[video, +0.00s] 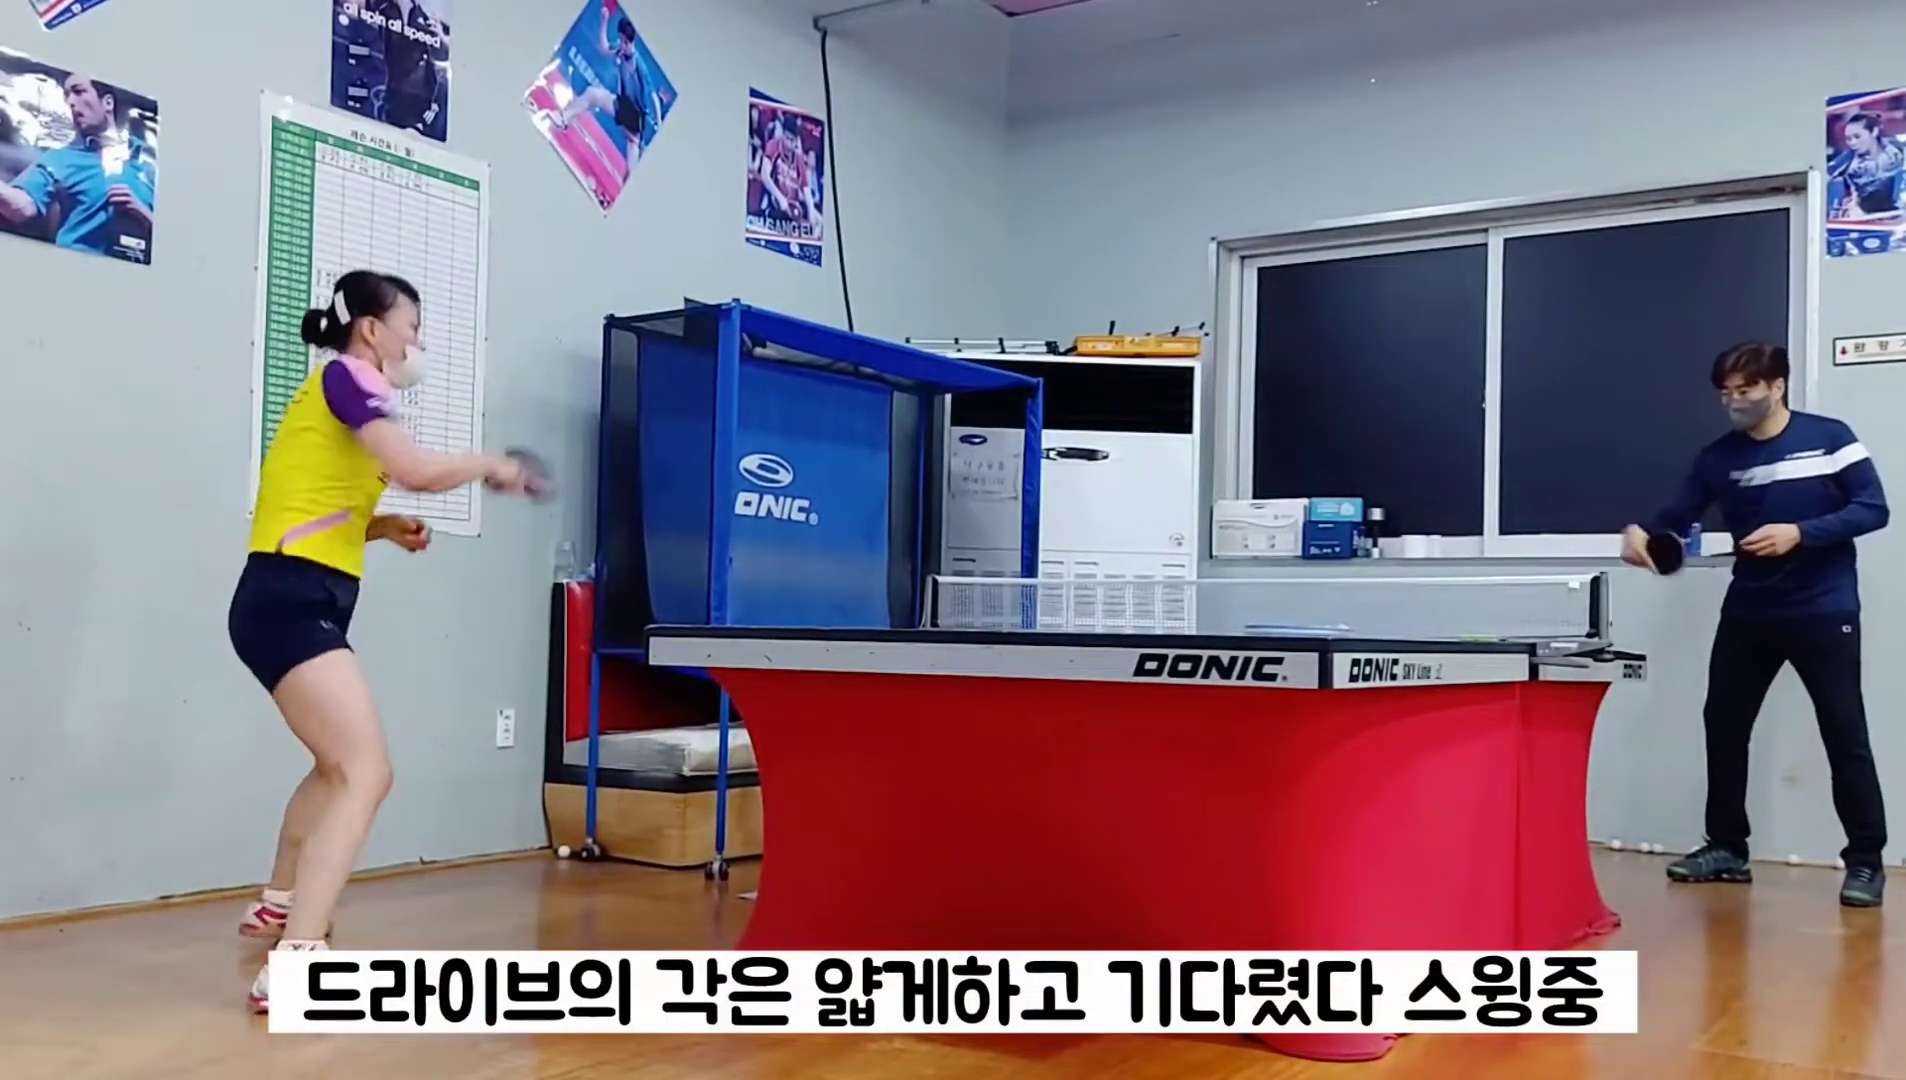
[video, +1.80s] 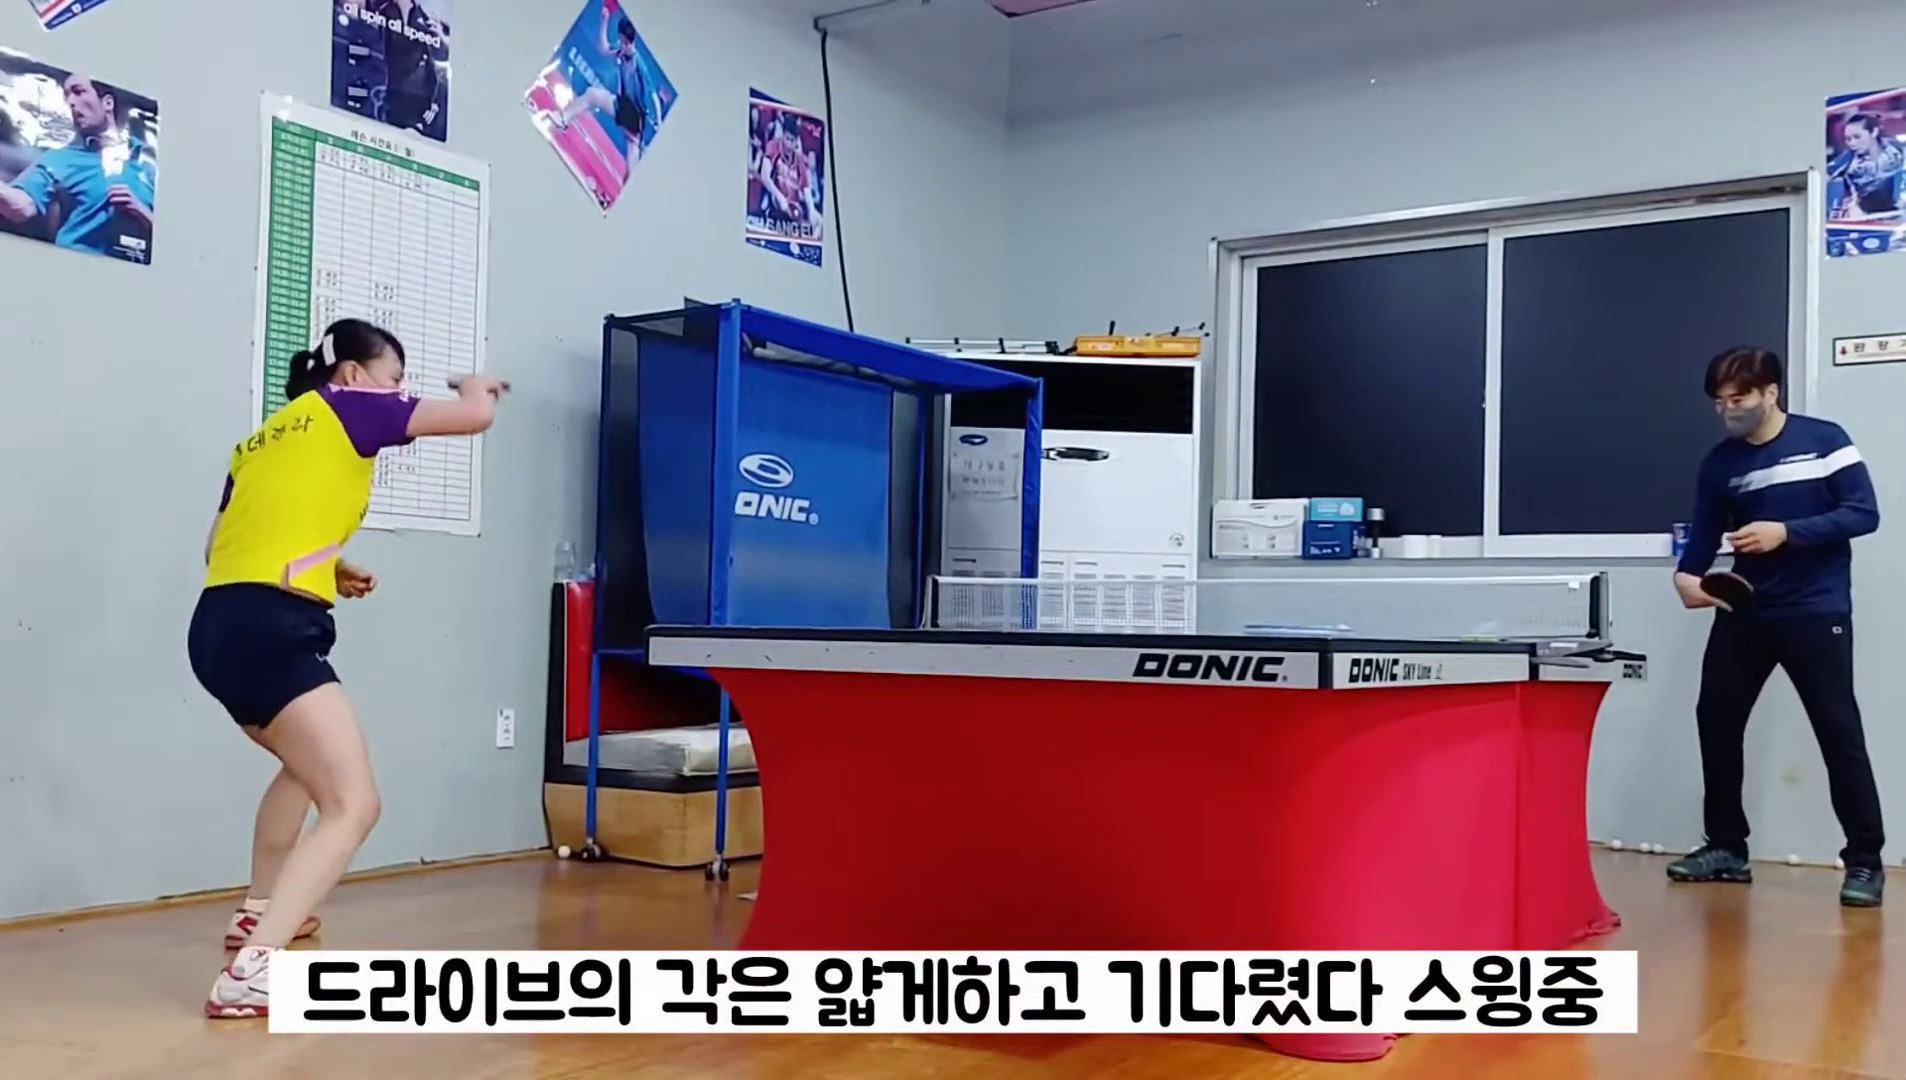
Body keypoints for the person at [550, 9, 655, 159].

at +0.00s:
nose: (621, 42)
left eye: (624, 40)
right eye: (621, 39)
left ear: (628, 40)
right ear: (619, 38)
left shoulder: (631, 57)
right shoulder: (621, 53)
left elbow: (630, 55)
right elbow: (604, 50)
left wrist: (628, 50)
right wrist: (604, 22)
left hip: (628, 107)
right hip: (636, 114)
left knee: (592, 94)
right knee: (633, 144)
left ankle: (562, 118)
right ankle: (629, 179)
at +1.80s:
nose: (622, 43)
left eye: (624, 40)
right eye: (622, 40)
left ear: (628, 41)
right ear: (622, 40)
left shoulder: (632, 56)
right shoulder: (621, 54)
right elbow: (604, 49)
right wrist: (604, 22)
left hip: (628, 109)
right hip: (636, 115)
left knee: (593, 94)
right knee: (632, 164)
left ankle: (563, 118)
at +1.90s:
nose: (621, 42)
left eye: (623, 39)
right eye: (621, 38)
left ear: (627, 39)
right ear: (623, 38)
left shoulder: (629, 53)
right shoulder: (623, 52)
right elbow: (604, 49)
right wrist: (604, 22)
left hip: (628, 109)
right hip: (637, 116)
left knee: (593, 94)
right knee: (633, 163)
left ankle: (564, 118)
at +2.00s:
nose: (622, 43)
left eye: (624, 40)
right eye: (621, 39)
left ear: (628, 41)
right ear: (622, 39)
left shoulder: (631, 55)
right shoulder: (623, 52)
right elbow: (604, 50)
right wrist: (604, 22)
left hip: (628, 109)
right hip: (637, 115)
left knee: (593, 94)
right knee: (632, 163)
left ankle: (563, 118)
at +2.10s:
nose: (621, 42)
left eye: (623, 39)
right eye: (621, 39)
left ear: (627, 40)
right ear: (625, 39)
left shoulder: (631, 55)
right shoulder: (623, 52)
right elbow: (604, 50)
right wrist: (604, 22)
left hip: (628, 108)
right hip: (636, 115)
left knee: (593, 94)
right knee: (633, 159)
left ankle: (563, 117)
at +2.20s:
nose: (621, 43)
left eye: (623, 40)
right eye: (621, 39)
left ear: (628, 40)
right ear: (624, 39)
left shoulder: (631, 55)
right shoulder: (624, 52)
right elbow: (605, 50)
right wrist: (604, 22)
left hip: (628, 108)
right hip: (637, 115)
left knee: (593, 94)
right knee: (632, 164)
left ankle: (563, 117)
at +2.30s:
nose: (621, 41)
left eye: (623, 38)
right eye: (621, 38)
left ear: (627, 40)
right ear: (623, 38)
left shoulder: (630, 54)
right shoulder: (623, 51)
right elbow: (604, 50)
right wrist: (604, 22)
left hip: (628, 108)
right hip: (637, 115)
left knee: (593, 94)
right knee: (633, 159)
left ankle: (564, 118)